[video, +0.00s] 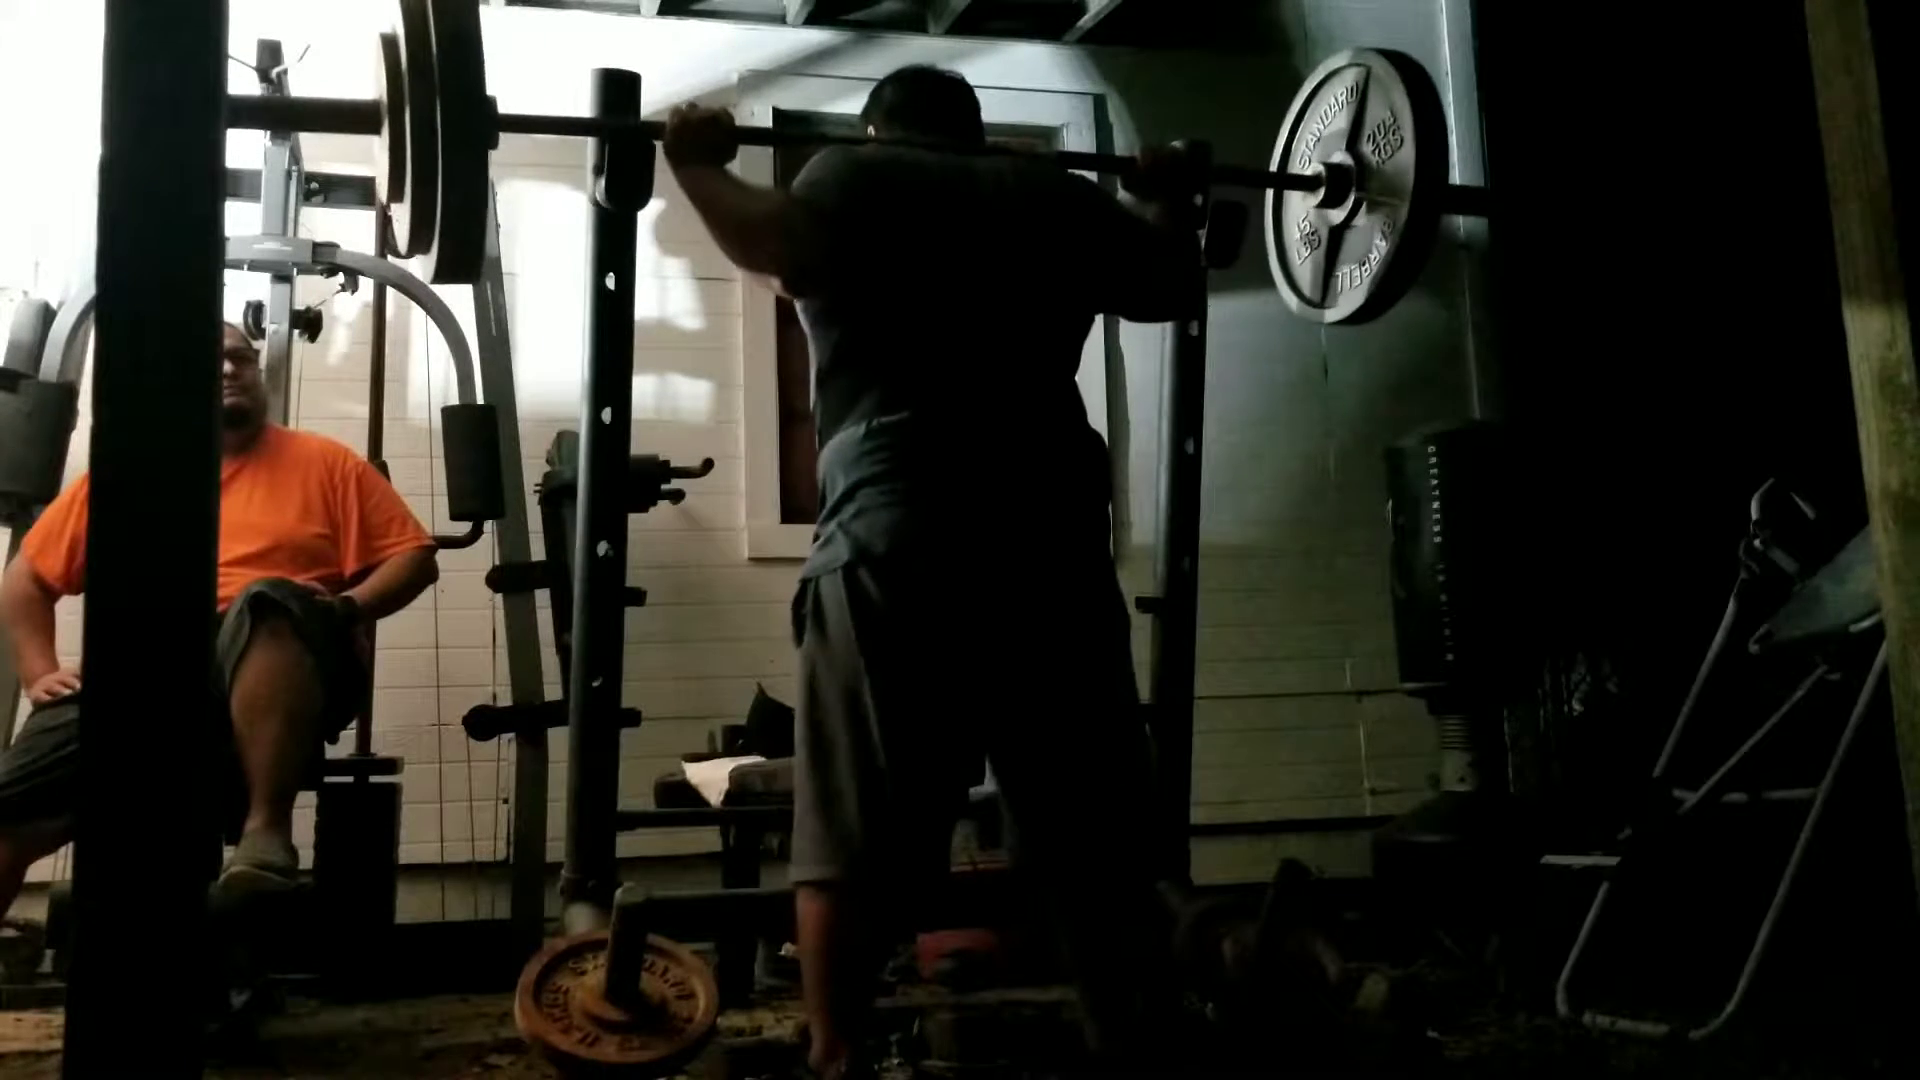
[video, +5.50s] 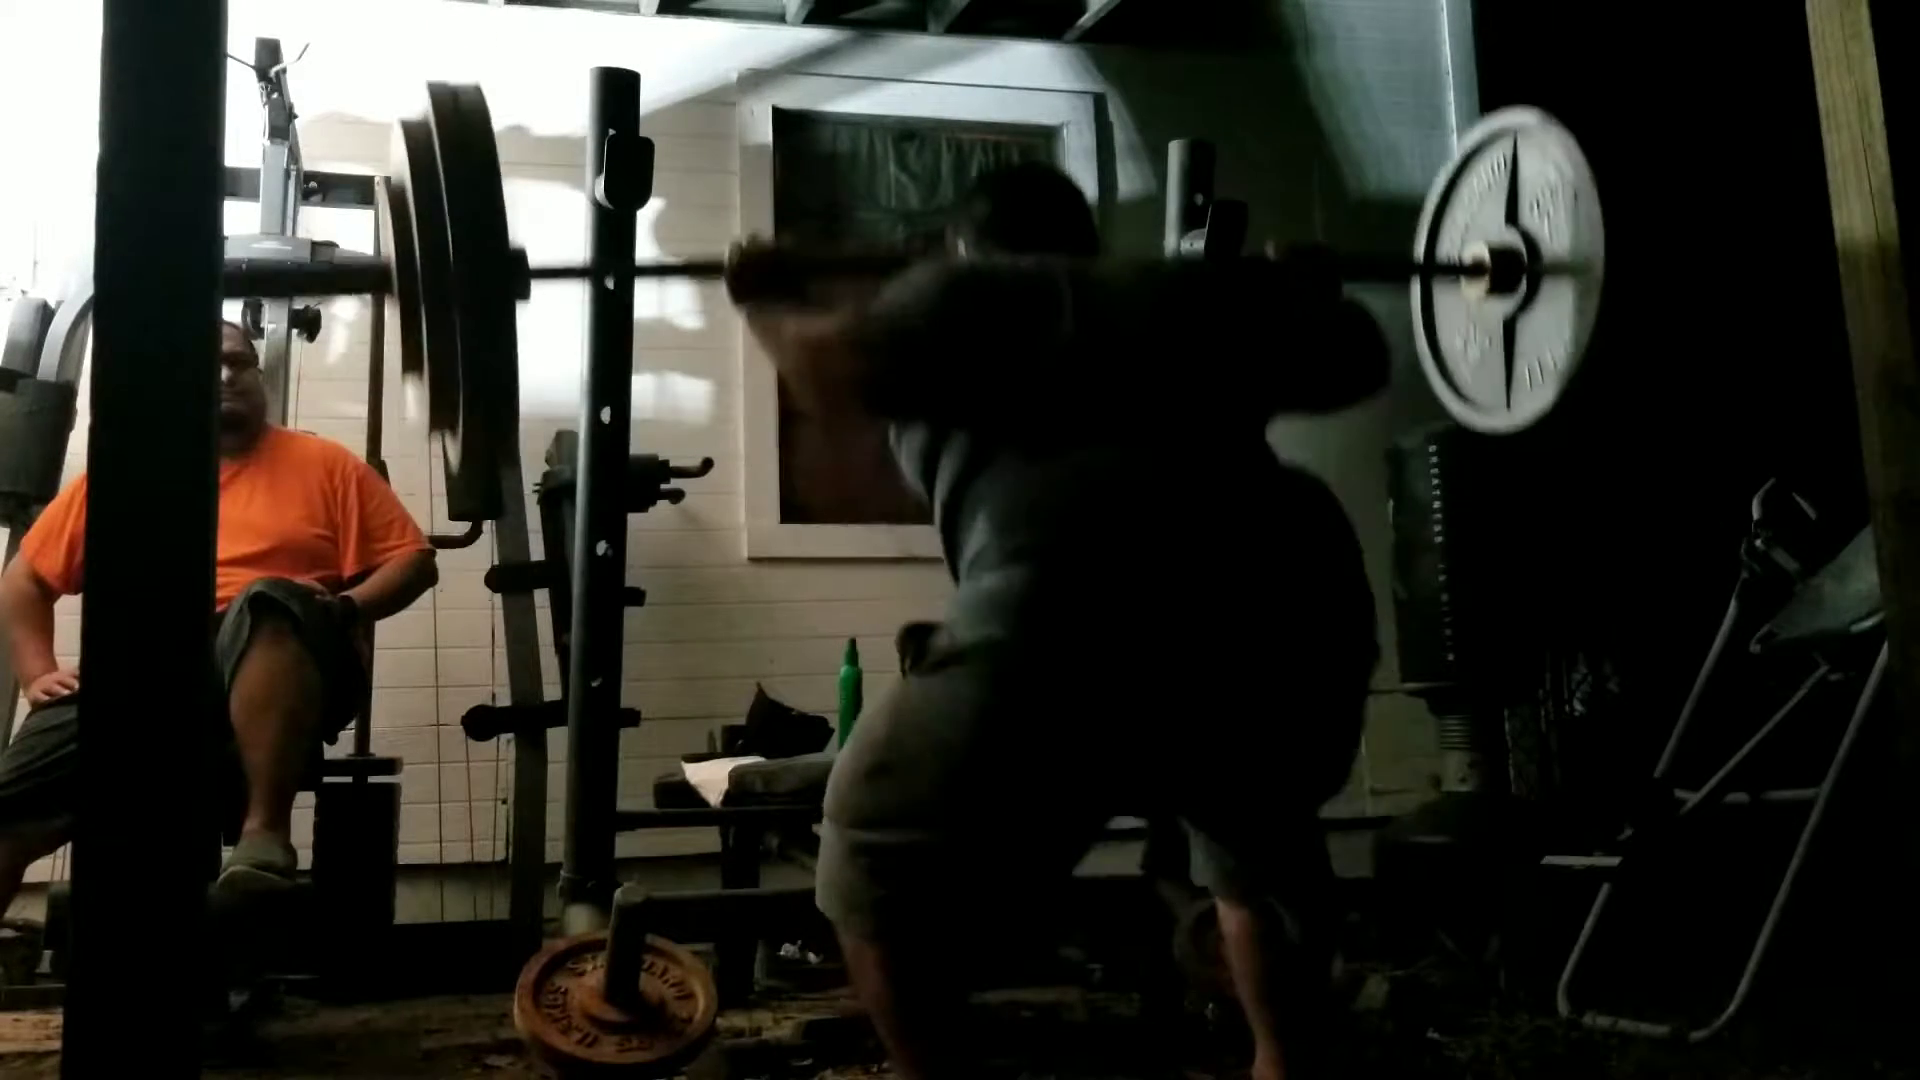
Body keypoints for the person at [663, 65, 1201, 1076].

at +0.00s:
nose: (862, 143)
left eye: (867, 130)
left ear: (873, 129)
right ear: (981, 135)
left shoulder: (844, 174)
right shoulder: (1053, 199)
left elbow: (772, 243)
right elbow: (1176, 286)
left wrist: (697, 161)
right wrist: (1164, 199)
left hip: (890, 535)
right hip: (1051, 531)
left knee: (848, 809)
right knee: (1094, 804)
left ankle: (833, 1053)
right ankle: (1137, 1033)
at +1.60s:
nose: (974, 33)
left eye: (969, 21)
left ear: (968, 29)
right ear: (1079, 31)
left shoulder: (924, 100)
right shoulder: (1170, 122)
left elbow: (844, 158)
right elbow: (1303, 219)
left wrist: (762, 61)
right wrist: (1295, 127)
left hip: (992, 494)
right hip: (1170, 495)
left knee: (964, 814)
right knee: (1176, 805)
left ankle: (966, 1062)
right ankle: (1182, 1055)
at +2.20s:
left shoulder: (896, 41)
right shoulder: (1141, 68)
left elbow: (812, 128)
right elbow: (1291, 175)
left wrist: (700, 14)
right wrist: (1268, 61)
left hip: (958, 489)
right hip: (1158, 483)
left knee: (935, 844)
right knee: (1195, 812)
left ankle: (961, 1062)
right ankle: (1254, 1053)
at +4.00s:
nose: (964, 80)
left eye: (967, 63)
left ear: (970, 76)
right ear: (1093, 71)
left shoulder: (941, 144)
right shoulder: (1195, 156)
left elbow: (848, 236)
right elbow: (1338, 242)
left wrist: (768, 142)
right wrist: (1319, 155)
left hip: (1016, 520)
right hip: (1222, 520)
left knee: (914, 848)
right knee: (1241, 837)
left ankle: (937, 1064)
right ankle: (1281, 1058)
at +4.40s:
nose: (970, 231)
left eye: (972, 218)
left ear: (986, 221)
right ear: (1111, 213)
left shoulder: (953, 288)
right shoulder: (1205, 287)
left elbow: (838, 359)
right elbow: (1361, 377)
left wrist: (772, 276)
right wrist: (1318, 283)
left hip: (1055, 615)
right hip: (1268, 604)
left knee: (891, 856)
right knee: (1243, 848)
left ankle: (934, 1065)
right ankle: (1280, 1059)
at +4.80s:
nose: (978, 355)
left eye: (984, 340)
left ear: (997, 349)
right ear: (1115, 345)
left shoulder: (962, 420)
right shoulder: (1215, 414)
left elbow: (866, 513)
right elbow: (1377, 498)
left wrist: (785, 429)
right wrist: (1339, 410)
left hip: (1057, 778)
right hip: (1275, 764)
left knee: (855, 839)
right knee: (1279, 886)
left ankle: (923, 1063)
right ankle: (1287, 1058)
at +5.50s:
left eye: (945, 247)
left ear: (960, 247)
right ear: (1092, 241)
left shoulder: (943, 308)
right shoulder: (1182, 301)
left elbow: (826, 367)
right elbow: (1356, 360)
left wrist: (767, 299)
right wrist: (1289, 279)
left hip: (1057, 620)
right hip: (1274, 608)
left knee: (877, 848)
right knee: (1256, 828)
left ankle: (924, 1062)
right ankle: (1284, 1058)